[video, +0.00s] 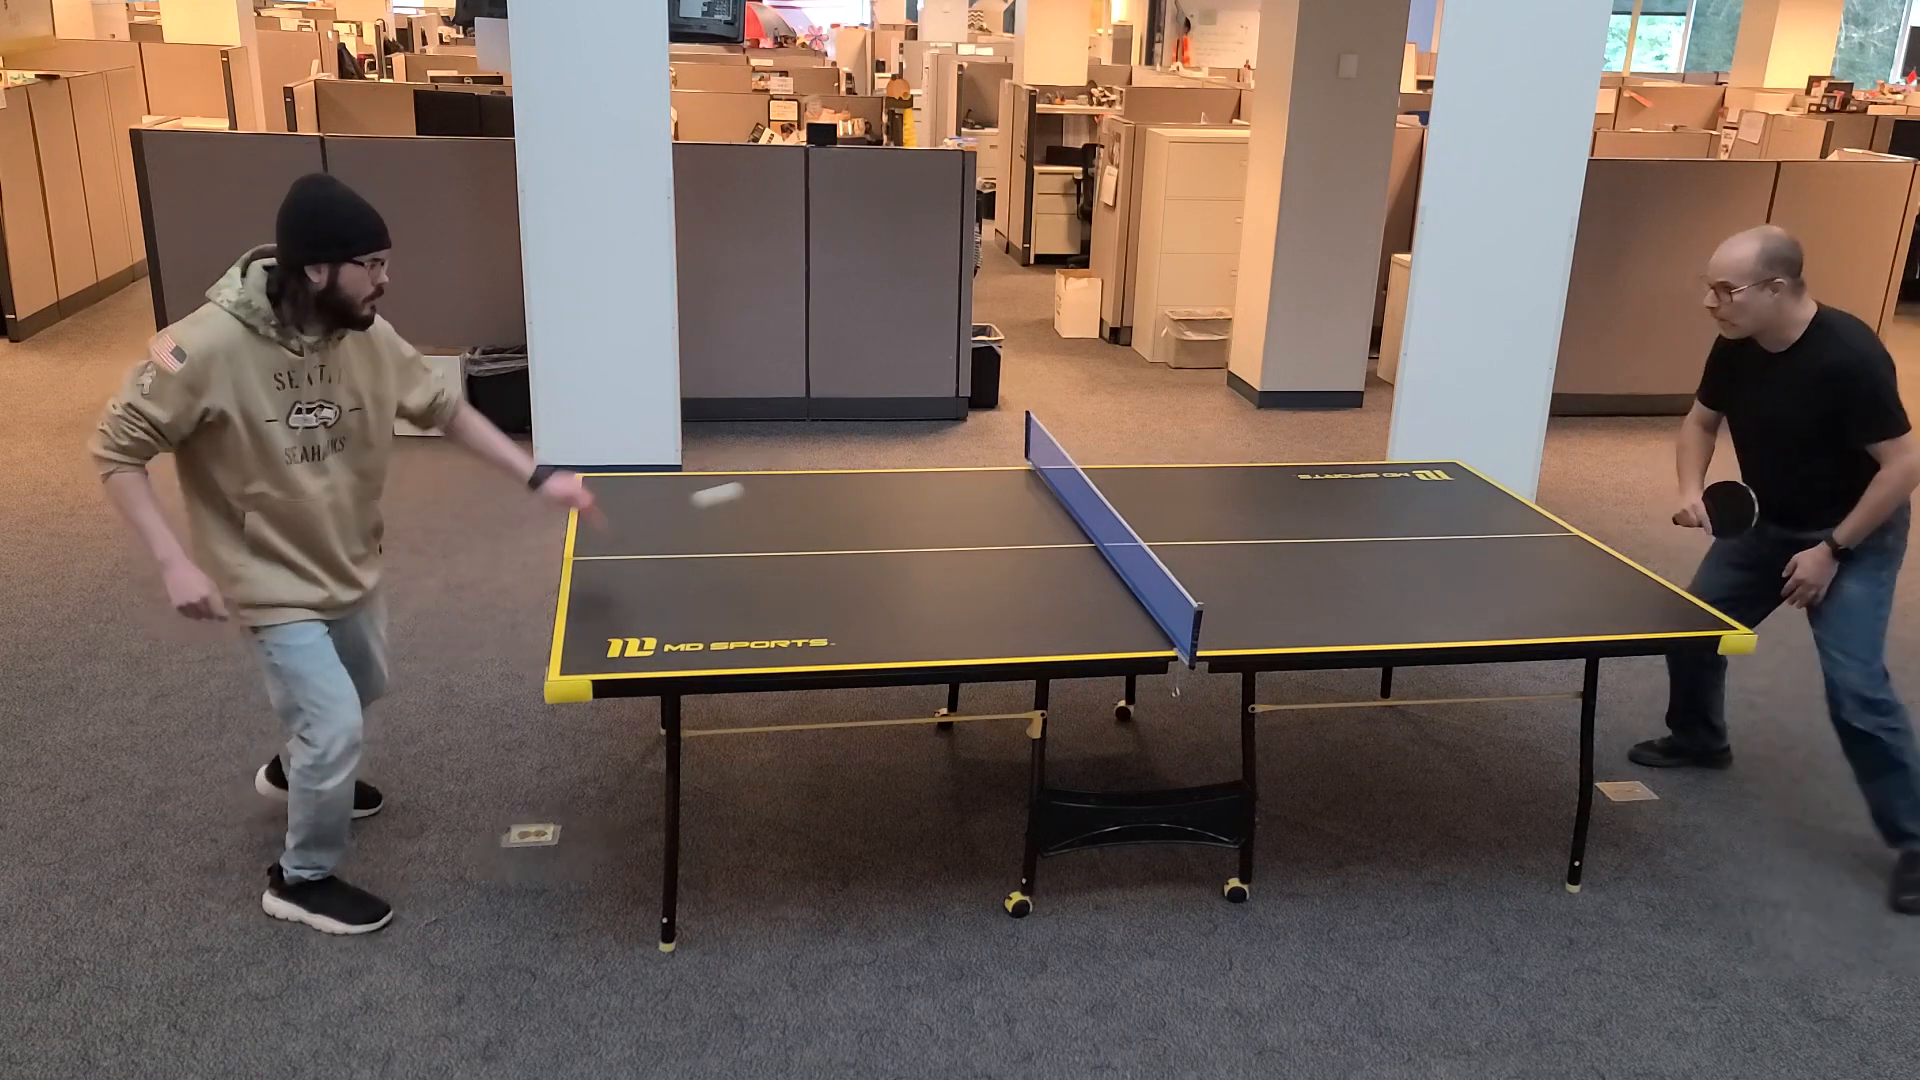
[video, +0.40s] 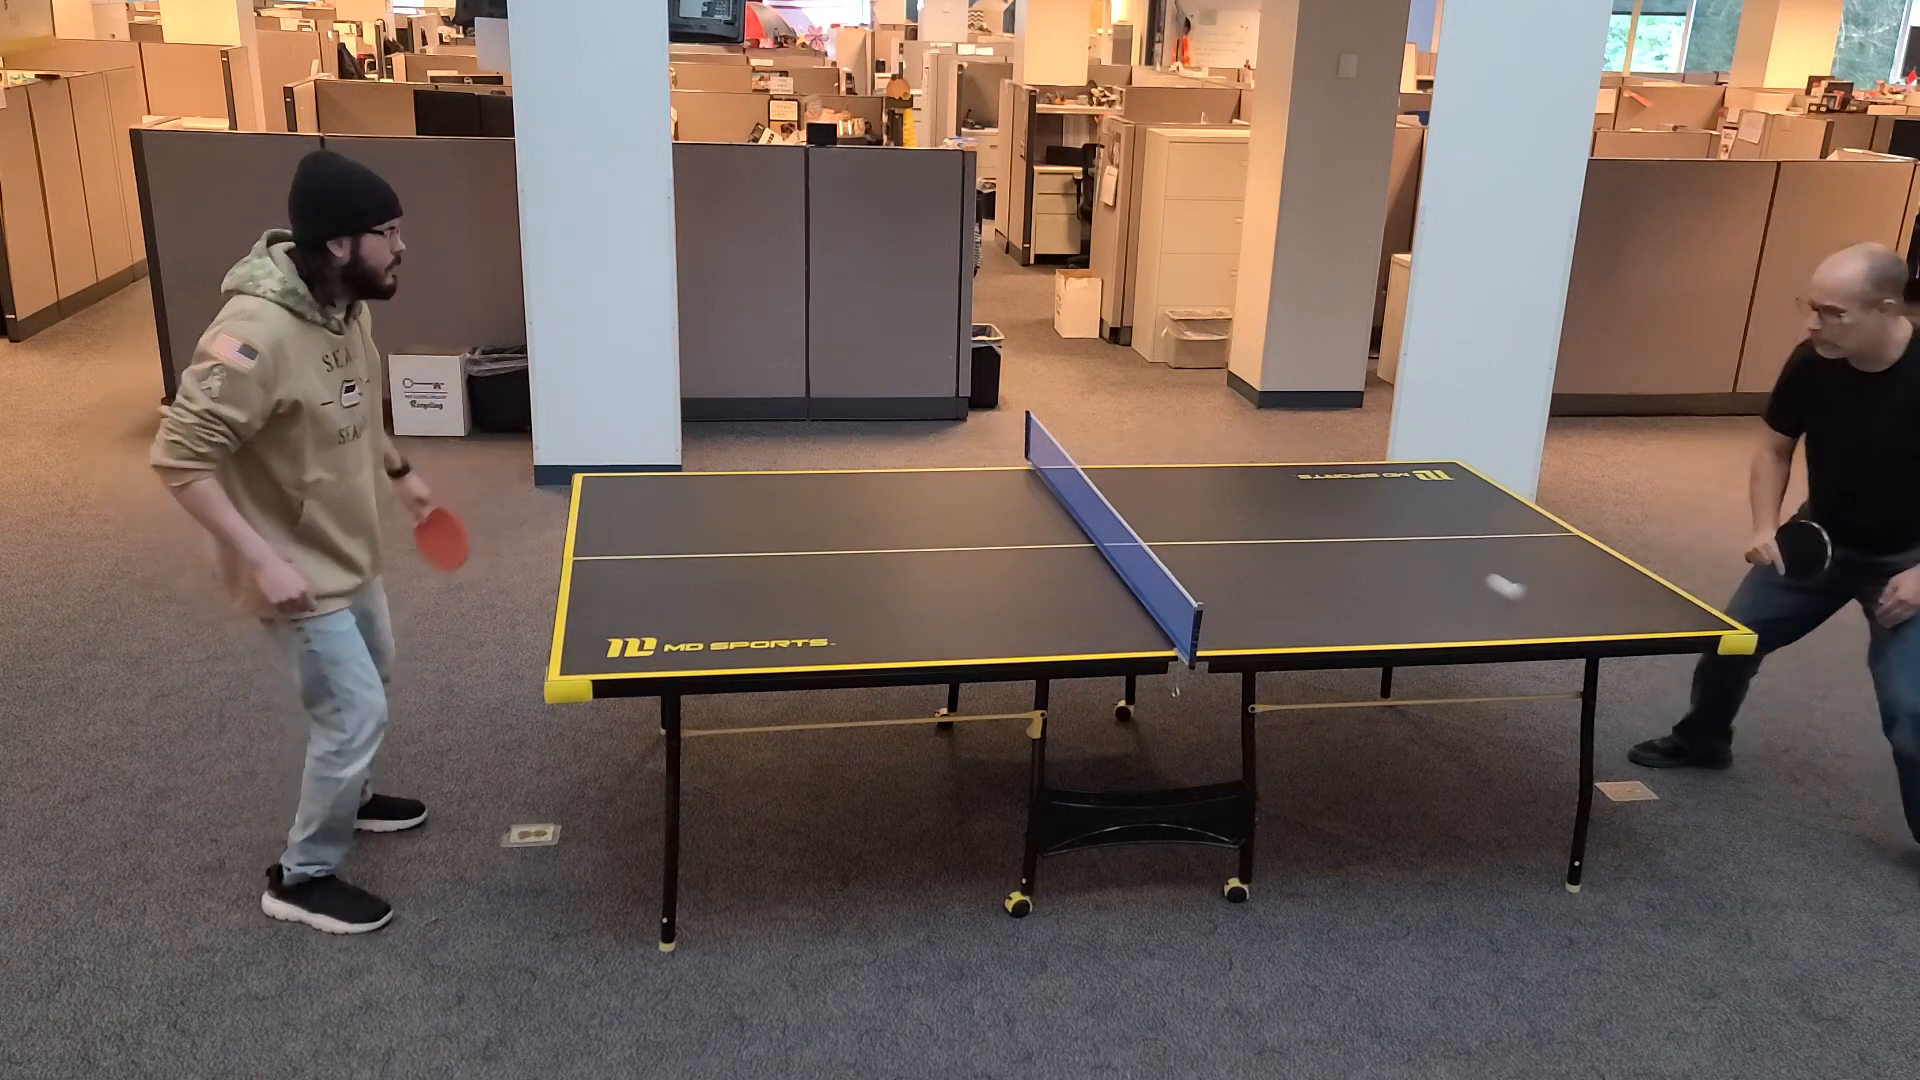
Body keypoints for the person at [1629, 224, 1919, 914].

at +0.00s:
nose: (1711, 300)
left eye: (1725, 289)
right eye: (1709, 287)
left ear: (1779, 289)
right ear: (1762, 288)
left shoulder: (1854, 355)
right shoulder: (1733, 346)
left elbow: (1903, 467)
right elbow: (1699, 425)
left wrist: (1831, 549)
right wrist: (1691, 488)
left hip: (1858, 536)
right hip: (1769, 523)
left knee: (1854, 687)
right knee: (1691, 624)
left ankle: (1912, 843)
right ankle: (1699, 739)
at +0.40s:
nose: (1812, 325)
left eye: (1829, 313)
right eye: (1810, 308)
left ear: (1885, 312)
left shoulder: (1919, 374)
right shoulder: (1812, 365)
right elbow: (1775, 447)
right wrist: (1764, 528)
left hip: (1907, 567)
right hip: (1826, 546)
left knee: (1910, 713)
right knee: (1736, 633)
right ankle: (1704, 739)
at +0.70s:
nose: (1866, 320)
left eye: (1884, 310)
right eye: (1864, 304)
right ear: (1863, 298)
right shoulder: (1847, 360)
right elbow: (1747, 409)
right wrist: (1678, 436)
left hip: (1916, 565)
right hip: (1842, 538)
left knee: (1919, 713)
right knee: (1752, 642)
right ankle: (1704, 741)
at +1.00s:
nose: (1787, 310)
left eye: (1805, 301)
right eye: (1789, 296)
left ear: (1866, 305)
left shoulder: (1910, 375)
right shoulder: (1781, 356)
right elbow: (1698, 404)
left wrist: (1918, 581)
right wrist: (1653, 431)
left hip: (1876, 552)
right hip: (1779, 527)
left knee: (1899, 705)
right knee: (1680, 615)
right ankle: (1611, 709)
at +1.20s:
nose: (1704, 301)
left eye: (1721, 291)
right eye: (1703, 288)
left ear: (1772, 294)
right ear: (1705, 284)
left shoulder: (1827, 357)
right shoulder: (1700, 347)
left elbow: (1879, 462)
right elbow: (1648, 421)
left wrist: (1828, 549)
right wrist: (1634, 469)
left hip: (1804, 527)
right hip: (1715, 514)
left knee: (1849, 670)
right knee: (1622, 597)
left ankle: (1905, 805)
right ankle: (1603, 706)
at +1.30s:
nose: (1687, 293)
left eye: (1702, 283)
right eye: (1686, 280)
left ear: (1753, 284)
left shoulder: (1809, 348)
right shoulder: (1687, 341)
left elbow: (1857, 454)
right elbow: (1643, 414)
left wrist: (1793, 531)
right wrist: (1629, 470)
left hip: (1799, 522)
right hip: (1710, 512)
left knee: (1827, 662)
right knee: (1619, 593)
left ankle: (1881, 774)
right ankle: (1603, 705)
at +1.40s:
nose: (1682, 288)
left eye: (1697, 278)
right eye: (1682, 275)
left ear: (1748, 279)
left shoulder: (1806, 347)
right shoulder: (1688, 336)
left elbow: (1850, 453)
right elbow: (1641, 406)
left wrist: (1777, 526)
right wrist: (1624, 467)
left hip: (1798, 525)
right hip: (1709, 510)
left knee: (1823, 666)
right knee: (1615, 589)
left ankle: (1875, 774)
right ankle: (1604, 704)